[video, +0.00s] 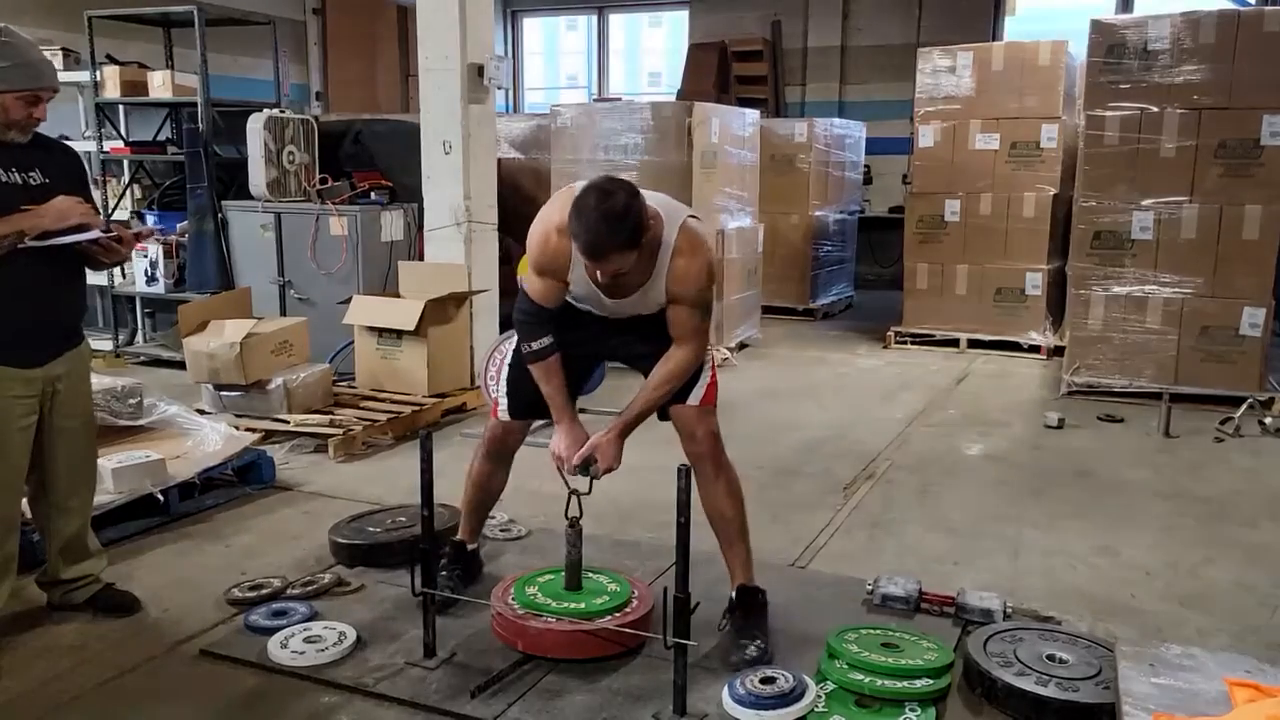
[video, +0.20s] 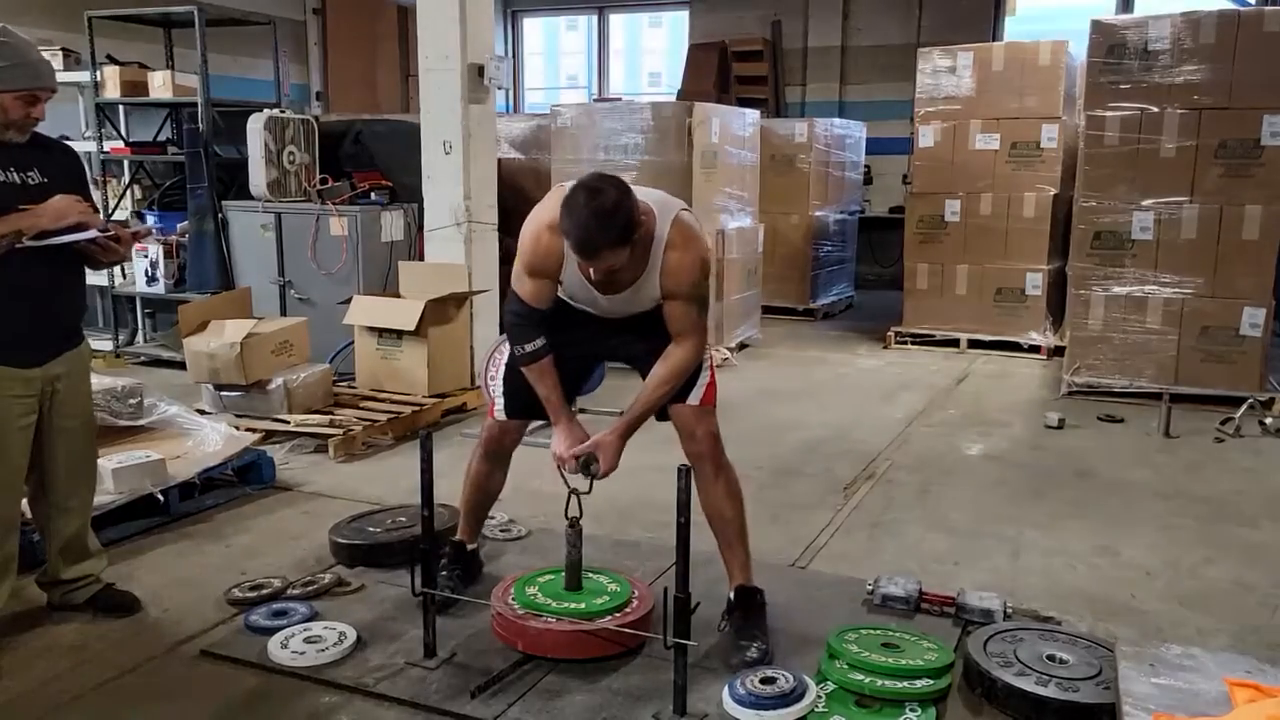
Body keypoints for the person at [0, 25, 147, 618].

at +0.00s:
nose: (40, 111)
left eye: (45, 100)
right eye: (29, 100)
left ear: (46, 96)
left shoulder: (62, 159)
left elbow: (85, 245)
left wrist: (110, 252)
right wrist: (38, 218)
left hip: (65, 350)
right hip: (6, 359)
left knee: (70, 476)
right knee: (7, 491)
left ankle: (74, 582)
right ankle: (3, 599)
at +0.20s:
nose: (38, 110)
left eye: (44, 99)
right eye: (27, 99)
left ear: (46, 95)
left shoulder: (62, 158)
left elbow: (84, 244)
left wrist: (109, 252)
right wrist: (37, 218)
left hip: (65, 349)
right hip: (6, 357)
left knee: (70, 475)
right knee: (7, 490)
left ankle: (74, 582)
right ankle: (4, 598)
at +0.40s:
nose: (37, 109)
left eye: (42, 98)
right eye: (26, 98)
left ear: (44, 95)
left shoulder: (60, 158)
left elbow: (87, 242)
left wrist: (109, 252)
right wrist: (36, 218)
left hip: (64, 348)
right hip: (4, 357)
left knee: (70, 474)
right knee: (6, 490)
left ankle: (74, 581)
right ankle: (3, 599)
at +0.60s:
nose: (36, 109)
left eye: (41, 97)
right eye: (25, 98)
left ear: (43, 94)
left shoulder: (59, 157)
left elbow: (87, 242)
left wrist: (108, 251)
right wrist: (36, 218)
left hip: (64, 348)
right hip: (6, 357)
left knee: (70, 473)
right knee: (7, 489)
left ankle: (75, 581)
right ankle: (5, 598)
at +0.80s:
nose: (34, 109)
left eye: (40, 97)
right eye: (24, 97)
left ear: (42, 94)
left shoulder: (58, 157)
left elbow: (84, 243)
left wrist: (107, 251)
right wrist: (34, 218)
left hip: (63, 347)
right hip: (4, 356)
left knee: (70, 473)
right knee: (6, 489)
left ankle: (75, 580)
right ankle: (2, 598)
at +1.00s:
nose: (34, 109)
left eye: (39, 97)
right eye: (23, 98)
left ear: (43, 92)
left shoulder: (57, 157)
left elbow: (84, 245)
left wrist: (107, 250)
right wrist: (36, 216)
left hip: (63, 347)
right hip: (4, 356)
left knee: (69, 474)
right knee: (5, 491)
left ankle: (74, 581)